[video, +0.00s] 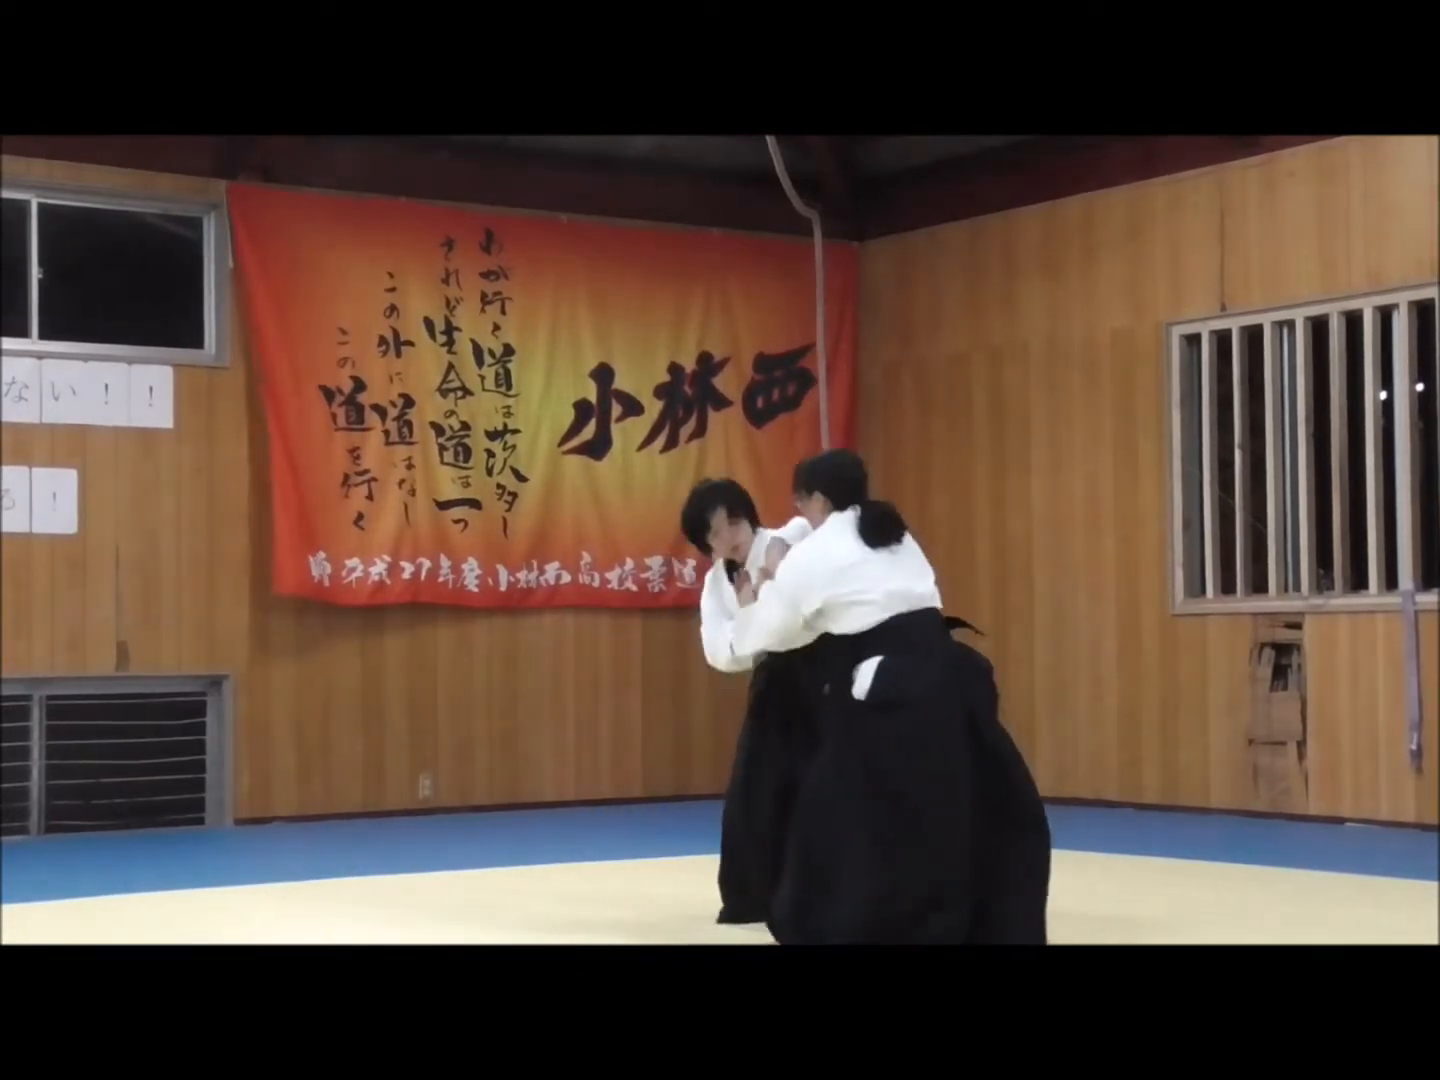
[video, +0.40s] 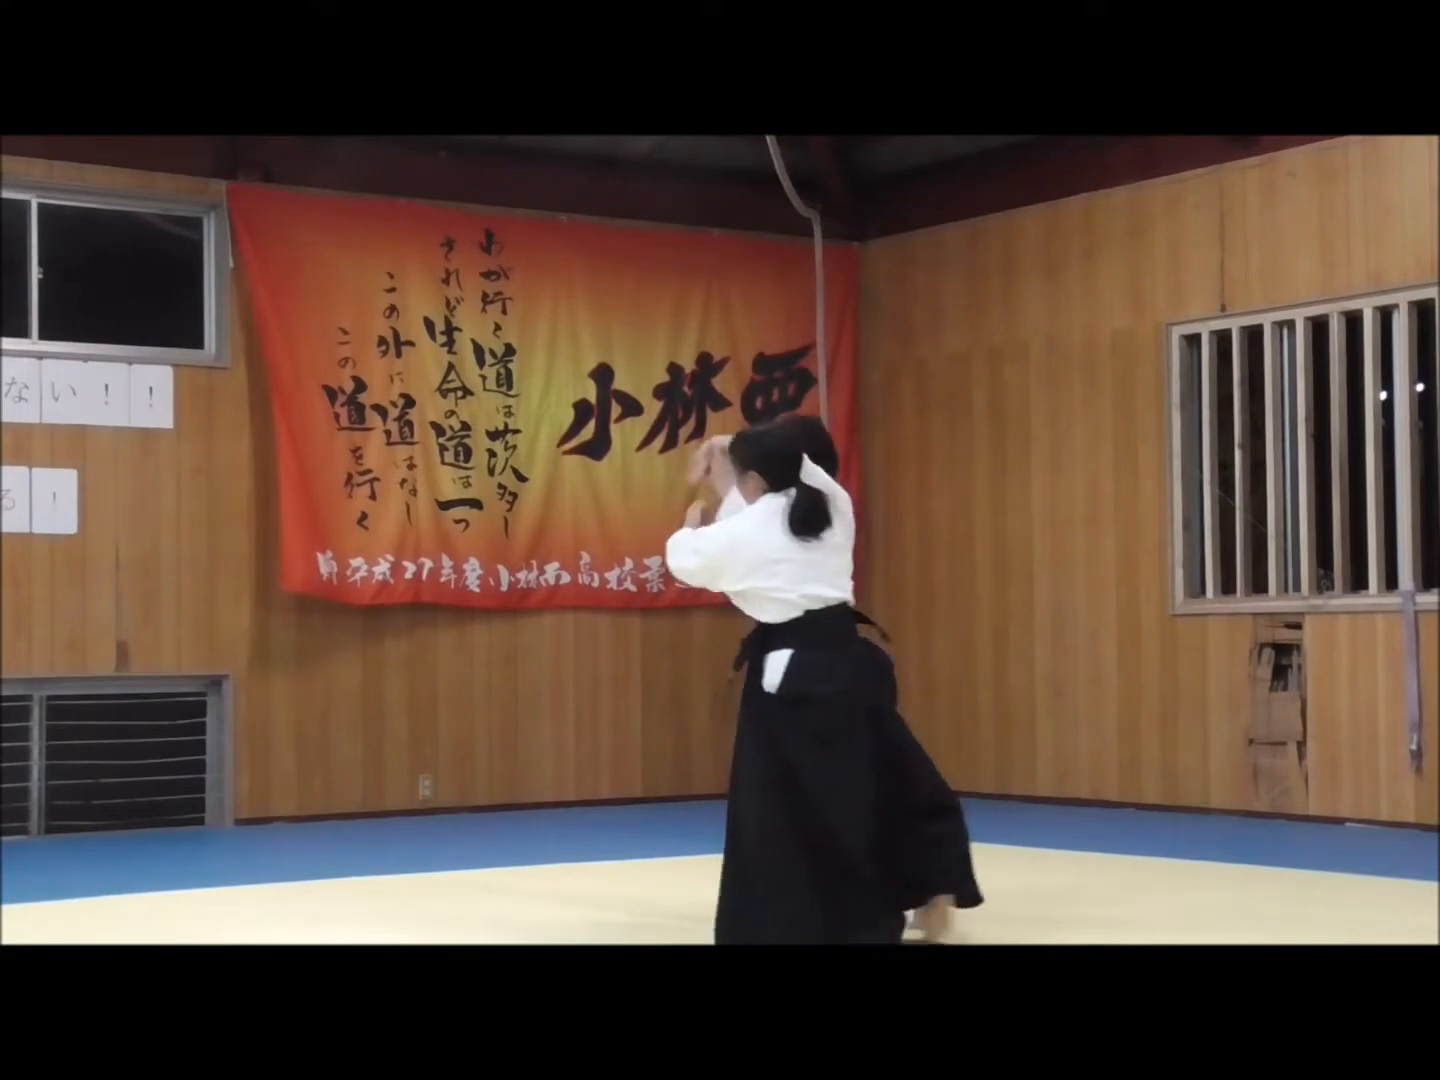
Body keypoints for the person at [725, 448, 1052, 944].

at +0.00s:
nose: (800, 509)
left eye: (803, 499)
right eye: (798, 501)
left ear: (821, 500)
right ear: (857, 493)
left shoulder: (814, 554)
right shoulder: (895, 532)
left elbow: (762, 636)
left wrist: (749, 602)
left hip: (884, 683)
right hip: (950, 670)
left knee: (847, 800)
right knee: (955, 800)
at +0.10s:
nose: (791, 499)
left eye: (794, 490)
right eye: (790, 490)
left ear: (810, 492)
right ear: (852, 482)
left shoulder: (803, 551)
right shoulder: (888, 528)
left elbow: (718, 618)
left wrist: (732, 557)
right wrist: (778, 554)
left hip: (863, 688)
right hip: (931, 677)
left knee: (828, 804)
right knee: (934, 804)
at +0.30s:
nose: (749, 482)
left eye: (752, 474)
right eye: (750, 474)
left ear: (769, 481)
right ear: (812, 473)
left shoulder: (765, 536)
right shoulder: (844, 516)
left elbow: (702, 563)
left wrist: (712, 508)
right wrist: (743, 504)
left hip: (807, 680)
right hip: (875, 669)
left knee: (786, 801)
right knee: (922, 783)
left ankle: (781, 923)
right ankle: (983, 894)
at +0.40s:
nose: (736, 483)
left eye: (741, 474)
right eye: (733, 473)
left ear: (756, 480)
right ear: (798, 468)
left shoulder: (746, 533)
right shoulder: (837, 505)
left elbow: (681, 558)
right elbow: (759, 500)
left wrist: (696, 514)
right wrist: (721, 474)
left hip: (789, 672)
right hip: (853, 660)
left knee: (778, 805)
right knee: (897, 776)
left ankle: (781, 925)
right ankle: (937, 891)